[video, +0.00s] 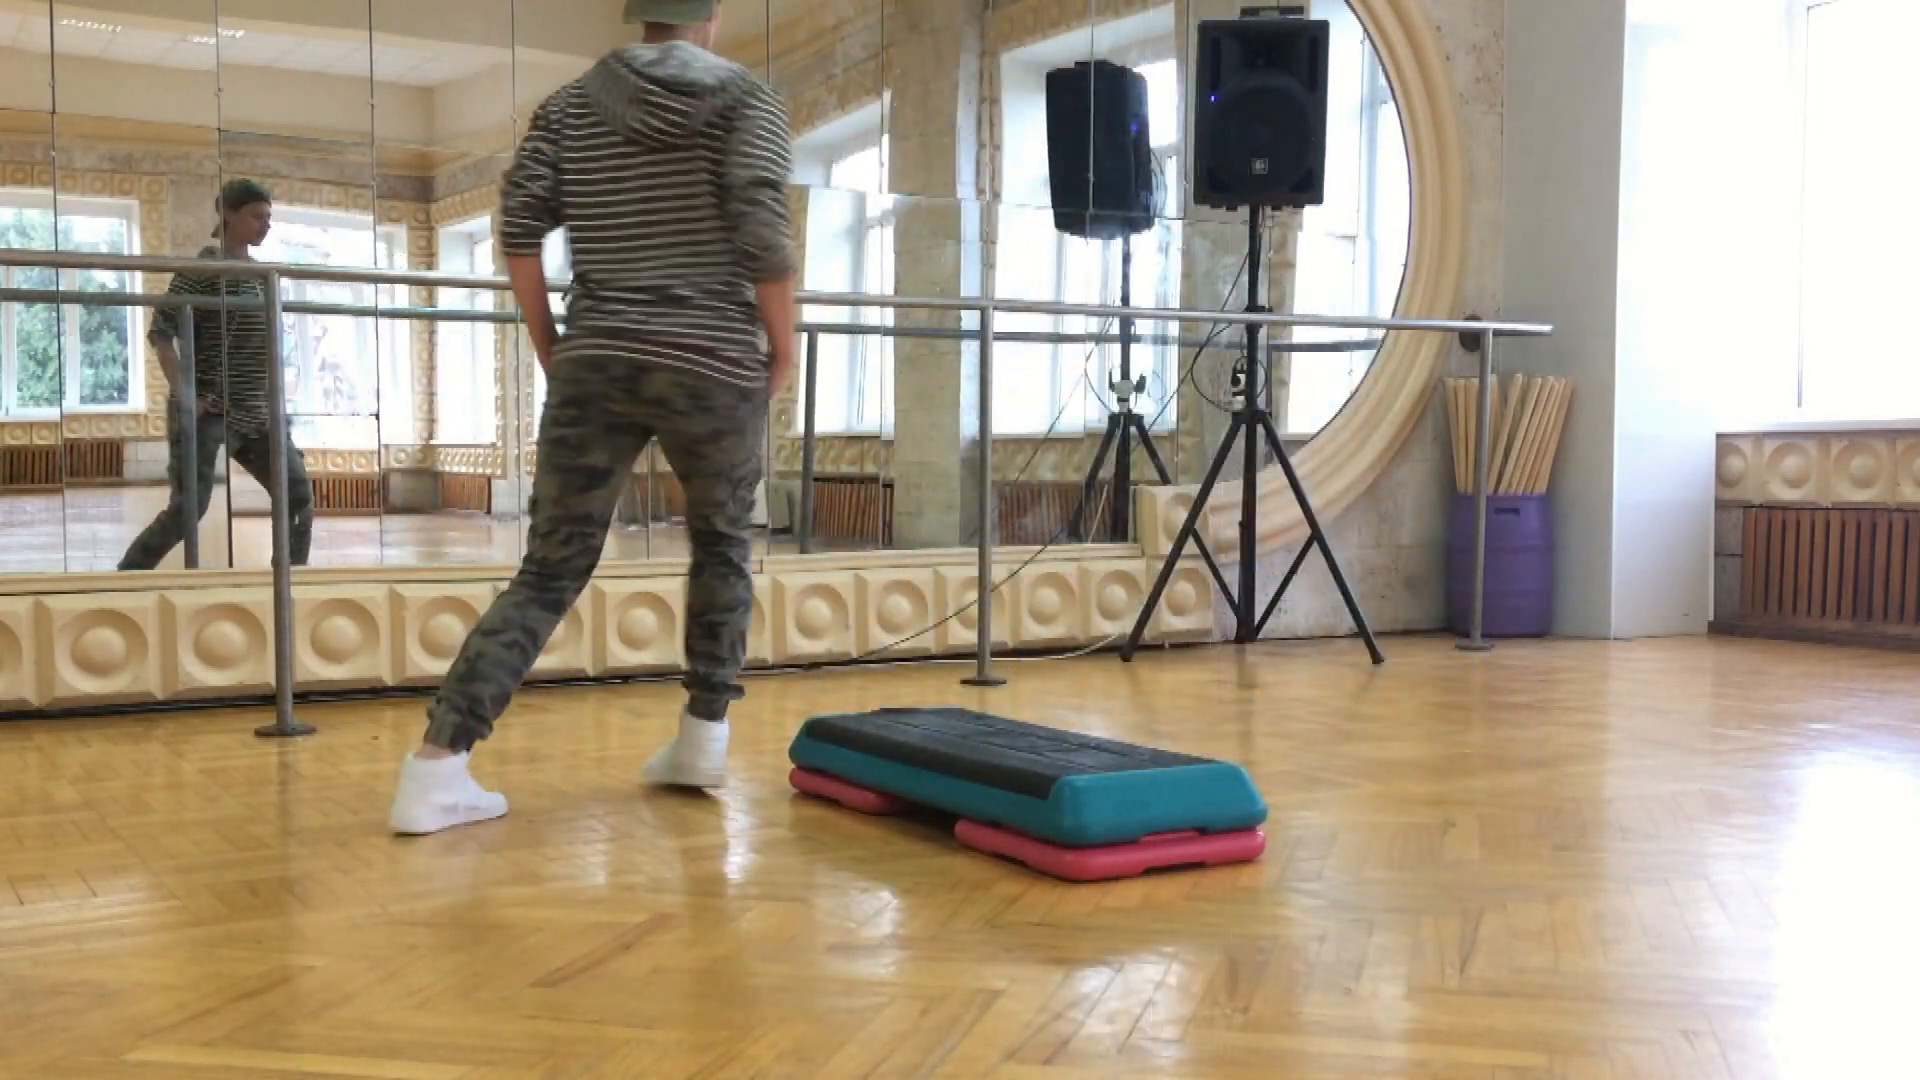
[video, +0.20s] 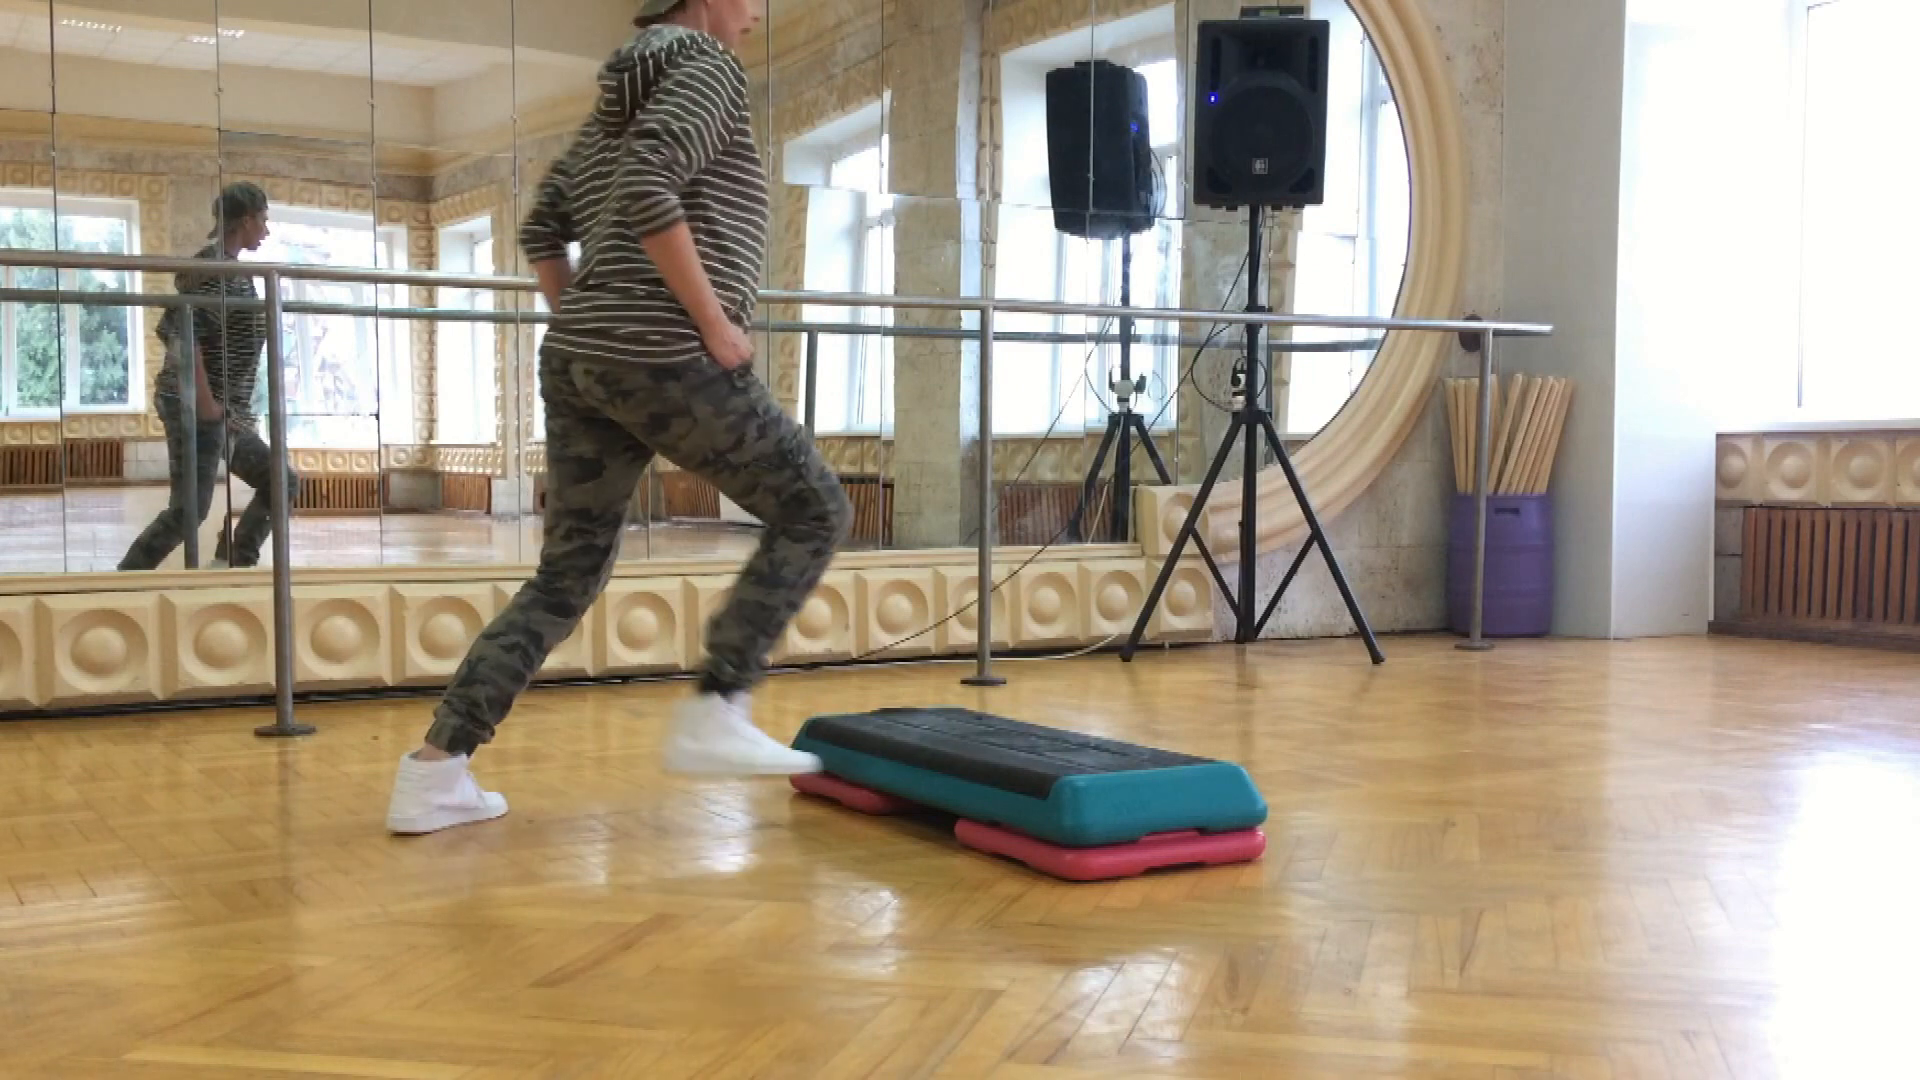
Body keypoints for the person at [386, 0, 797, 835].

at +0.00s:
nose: (718, 29)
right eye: (717, 22)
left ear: (632, 21)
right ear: (709, 21)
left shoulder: (568, 101)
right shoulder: (742, 92)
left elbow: (518, 230)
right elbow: (758, 217)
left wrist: (547, 346)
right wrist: (784, 351)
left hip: (596, 349)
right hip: (713, 353)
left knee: (549, 566)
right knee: (723, 548)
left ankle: (435, 763)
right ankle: (703, 736)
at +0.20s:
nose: (756, 16)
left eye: (755, 7)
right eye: (750, 3)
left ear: (669, 12)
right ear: (711, 4)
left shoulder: (615, 99)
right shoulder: (706, 63)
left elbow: (542, 228)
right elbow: (642, 185)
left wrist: (583, 328)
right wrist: (717, 326)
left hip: (577, 349)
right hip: (658, 343)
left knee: (566, 576)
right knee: (812, 512)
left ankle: (435, 767)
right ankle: (719, 712)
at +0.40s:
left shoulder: (780, 61)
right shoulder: (727, 32)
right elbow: (655, 170)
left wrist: (782, 312)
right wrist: (735, 307)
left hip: (751, 345)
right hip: (716, 341)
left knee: (731, 582)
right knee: (817, 543)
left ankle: (524, 692)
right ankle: (779, 787)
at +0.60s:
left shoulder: (914, 73)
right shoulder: (792, 27)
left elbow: (920, 213)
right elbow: (698, 169)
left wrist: (911, 305)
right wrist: (737, 307)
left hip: (889, 350)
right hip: (786, 349)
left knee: (1022, 471)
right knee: (826, 557)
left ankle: (890, 630)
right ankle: (783, 784)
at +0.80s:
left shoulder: (1064, 22)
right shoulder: (880, 9)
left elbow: (1071, 161)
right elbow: (821, 151)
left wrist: (1071, 264)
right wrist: (841, 277)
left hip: (1028, 305)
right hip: (901, 310)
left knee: (1115, 466)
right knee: (877, 516)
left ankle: (1086, 693)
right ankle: (810, 756)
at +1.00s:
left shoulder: (1160, 7)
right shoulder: (954, 10)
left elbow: (1193, 125)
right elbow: (924, 142)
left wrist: (1201, 250)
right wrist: (946, 271)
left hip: (1148, 279)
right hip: (1015, 287)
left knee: (1170, 468)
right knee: (1004, 470)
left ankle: (1096, 686)